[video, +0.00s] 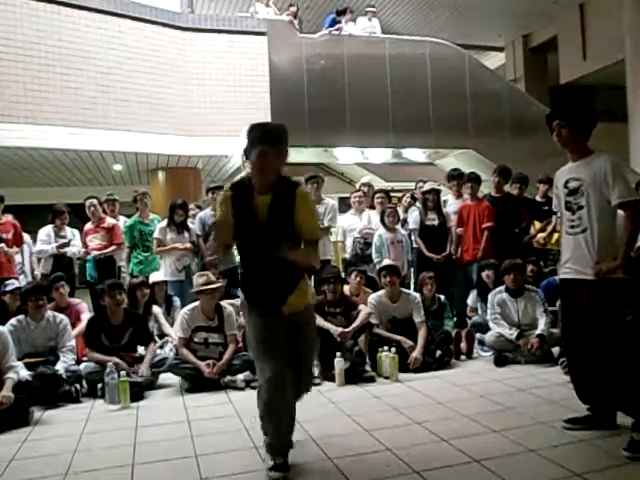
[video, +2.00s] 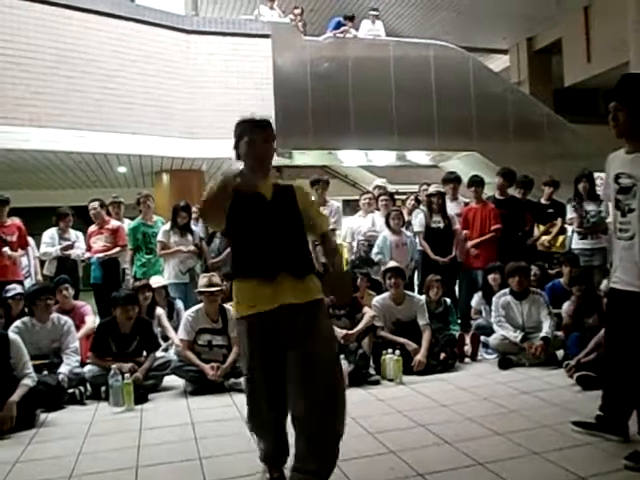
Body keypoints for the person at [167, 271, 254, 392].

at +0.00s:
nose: (212, 295)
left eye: (214, 291)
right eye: (207, 293)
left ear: (218, 292)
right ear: (198, 295)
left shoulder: (227, 312)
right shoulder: (187, 314)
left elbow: (232, 343)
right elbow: (181, 347)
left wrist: (222, 364)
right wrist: (200, 365)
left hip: (221, 358)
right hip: (197, 359)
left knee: (247, 359)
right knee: (173, 364)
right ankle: (222, 381)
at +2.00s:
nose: (212, 297)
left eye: (215, 293)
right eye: (207, 294)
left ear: (221, 293)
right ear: (200, 296)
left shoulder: (229, 314)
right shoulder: (191, 315)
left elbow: (236, 345)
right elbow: (183, 349)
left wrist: (225, 367)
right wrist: (204, 367)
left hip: (224, 359)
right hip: (200, 359)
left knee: (243, 369)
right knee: (177, 367)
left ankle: (200, 386)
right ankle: (225, 384)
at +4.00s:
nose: (211, 296)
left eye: (214, 292)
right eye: (206, 293)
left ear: (221, 293)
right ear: (199, 296)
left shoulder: (230, 314)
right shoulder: (191, 315)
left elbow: (239, 347)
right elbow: (183, 349)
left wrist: (224, 368)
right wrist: (205, 367)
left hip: (226, 362)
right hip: (200, 362)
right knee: (177, 366)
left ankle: (200, 386)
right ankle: (225, 383)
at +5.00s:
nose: (213, 302)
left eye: (216, 297)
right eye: (210, 297)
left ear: (221, 298)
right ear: (200, 295)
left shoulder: (228, 314)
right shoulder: (192, 315)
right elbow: (184, 350)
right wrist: (204, 367)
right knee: (176, 366)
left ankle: (200, 386)